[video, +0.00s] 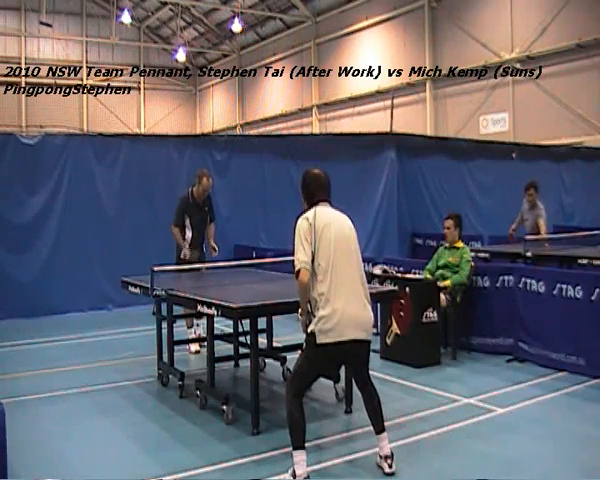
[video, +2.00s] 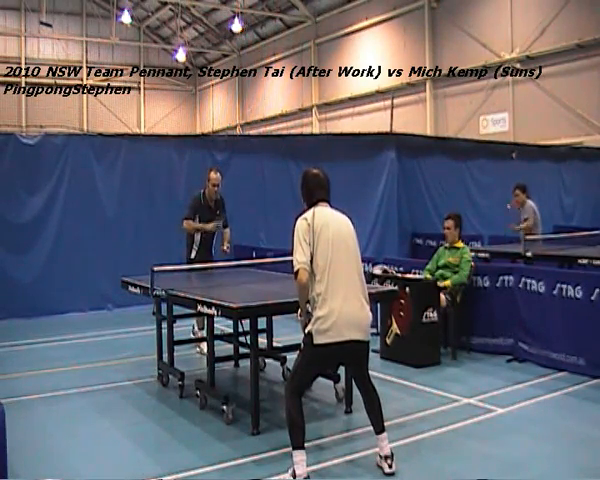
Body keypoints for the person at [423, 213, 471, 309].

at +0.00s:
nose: (445, 232)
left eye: (448, 228)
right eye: (444, 228)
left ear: (457, 230)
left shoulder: (464, 251)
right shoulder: (442, 249)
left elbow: (463, 277)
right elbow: (430, 268)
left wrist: (445, 283)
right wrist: (428, 277)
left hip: (453, 285)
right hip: (436, 282)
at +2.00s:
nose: (445, 232)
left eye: (448, 229)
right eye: (444, 229)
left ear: (457, 230)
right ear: (443, 230)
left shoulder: (464, 251)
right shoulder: (442, 249)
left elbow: (463, 276)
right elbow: (430, 267)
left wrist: (446, 283)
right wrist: (428, 277)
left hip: (452, 284)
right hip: (436, 281)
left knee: (442, 298)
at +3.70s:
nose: (445, 232)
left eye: (448, 229)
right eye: (444, 228)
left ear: (457, 231)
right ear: (443, 229)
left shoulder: (464, 251)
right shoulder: (441, 249)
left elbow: (463, 275)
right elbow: (429, 268)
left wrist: (446, 283)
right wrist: (427, 276)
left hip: (453, 284)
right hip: (435, 282)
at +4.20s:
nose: (445, 232)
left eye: (448, 229)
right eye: (444, 229)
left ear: (458, 230)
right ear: (443, 230)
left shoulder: (464, 251)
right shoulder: (441, 249)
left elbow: (463, 275)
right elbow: (432, 265)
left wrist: (446, 283)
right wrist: (429, 274)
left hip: (454, 284)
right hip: (437, 282)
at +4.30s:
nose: (445, 232)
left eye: (449, 229)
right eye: (445, 229)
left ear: (458, 230)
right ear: (444, 230)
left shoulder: (464, 251)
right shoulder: (442, 249)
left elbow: (463, 275)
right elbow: (430, 267)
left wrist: (446, 283)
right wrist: (426, 277)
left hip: (452, 286)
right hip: (435, 283)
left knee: (437, 301)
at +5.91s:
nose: (445, 231)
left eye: (449, 228)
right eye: (444, 228)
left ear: (457, 230)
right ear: (441, 229)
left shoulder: (464, 251)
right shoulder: (441, 249)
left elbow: (463, 276)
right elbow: (429, 268)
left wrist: (445, 283)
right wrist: (428, 277)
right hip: (435, 282)